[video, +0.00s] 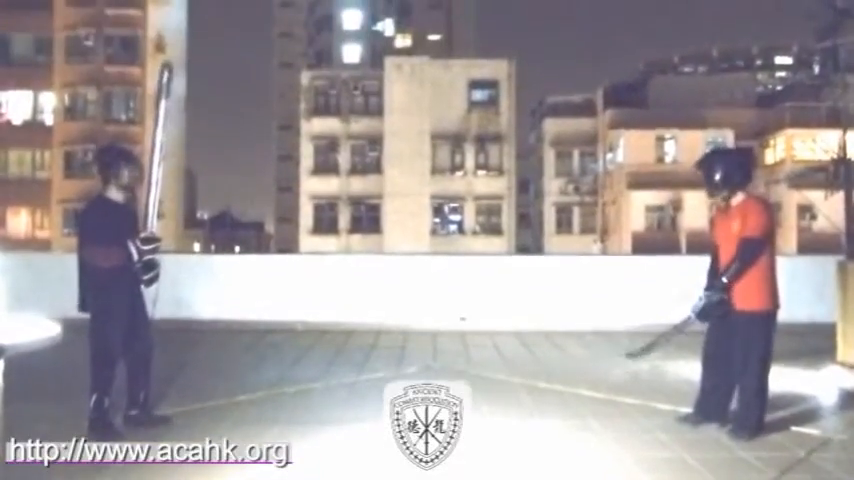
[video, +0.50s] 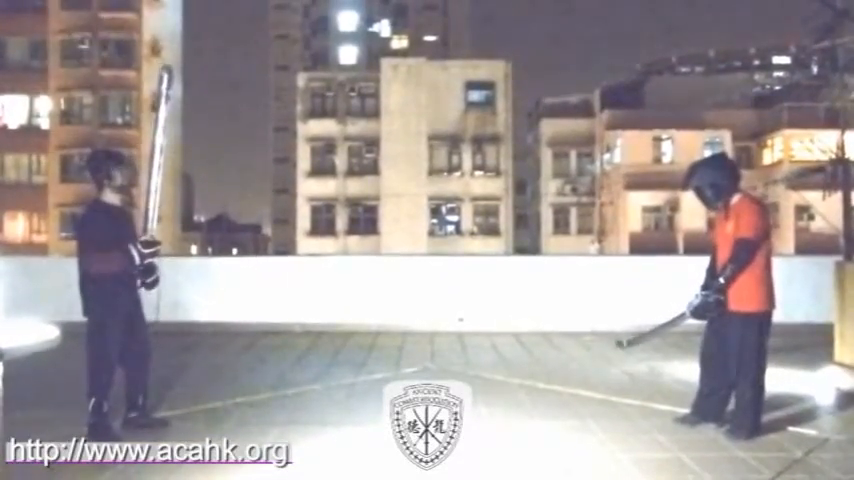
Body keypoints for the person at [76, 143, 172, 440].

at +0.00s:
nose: (136, 174)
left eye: (135, 169)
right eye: (130, 168)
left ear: (123, 173)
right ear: (114, 171)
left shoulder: (127, 210)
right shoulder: (94, 212)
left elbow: (129, 250)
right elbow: (94, 256)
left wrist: (147, 259)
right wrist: (131, 252)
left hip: (128, 290)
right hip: (103, 293)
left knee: (141, 345)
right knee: (106, 351)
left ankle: (138, 408)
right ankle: (99, 414)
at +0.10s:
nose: (134, 174)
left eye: (133, 169)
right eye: (128, 169)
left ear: (122, 175)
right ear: (112, 174)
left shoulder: (126, 213)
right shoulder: (93, 215)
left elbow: (128, 255)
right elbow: (91, 260)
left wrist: (146, 265)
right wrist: (130, 255)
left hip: (128, 293)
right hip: (102, 296)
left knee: (139, 349)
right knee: (105, 355)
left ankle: (137, 411)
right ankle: (97, 418)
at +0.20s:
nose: (134, 172)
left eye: (132, 167)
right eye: (127, 167)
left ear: (120, 176)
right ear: (110, 175)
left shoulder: (125, 215)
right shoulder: (93, 217)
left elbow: (128, 256)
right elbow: (91, 262)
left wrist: (145, 270)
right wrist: (130, 256)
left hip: (128, 296)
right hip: (102, 300)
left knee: (139, 352)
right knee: (104, 358)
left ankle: (136, 413)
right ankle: (97, 419)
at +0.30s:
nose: (133, 172)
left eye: (131, 167)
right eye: (125, 167)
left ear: (117, 176)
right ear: (109, 175)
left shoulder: (124, 215)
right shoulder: (91, 217)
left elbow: (128, 258)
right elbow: (90, 263)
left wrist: (145, 271)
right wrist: (130, 255)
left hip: (127, 296)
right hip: (101, 300)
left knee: (138, 352)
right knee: (103, 357)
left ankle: (136, 413)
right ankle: (97, 418)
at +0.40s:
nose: (131, 170)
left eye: (130, 166)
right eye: (124, 166)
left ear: (114, 175)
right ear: (108, 174)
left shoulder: (123, 214)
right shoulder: (92, 216)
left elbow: (125, 255)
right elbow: (91, 262)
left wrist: (143, 270)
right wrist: (131, 254)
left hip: (126, 296)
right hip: (101, 299)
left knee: (137, 350)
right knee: (103, 356)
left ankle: (136, 412)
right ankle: (97, 418)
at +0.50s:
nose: (131, 177)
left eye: (130, 171)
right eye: (125, 171)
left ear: (112, 176)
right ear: (108, 175)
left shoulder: (123, 214)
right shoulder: (94, 217)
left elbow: (124, 255)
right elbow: (93, 265)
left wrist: (143, 260)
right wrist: (131, 258)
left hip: (126, 294)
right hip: (102, 297)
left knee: (137, 349)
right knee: (104, 354)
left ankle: (136, 411)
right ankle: (98, 417)